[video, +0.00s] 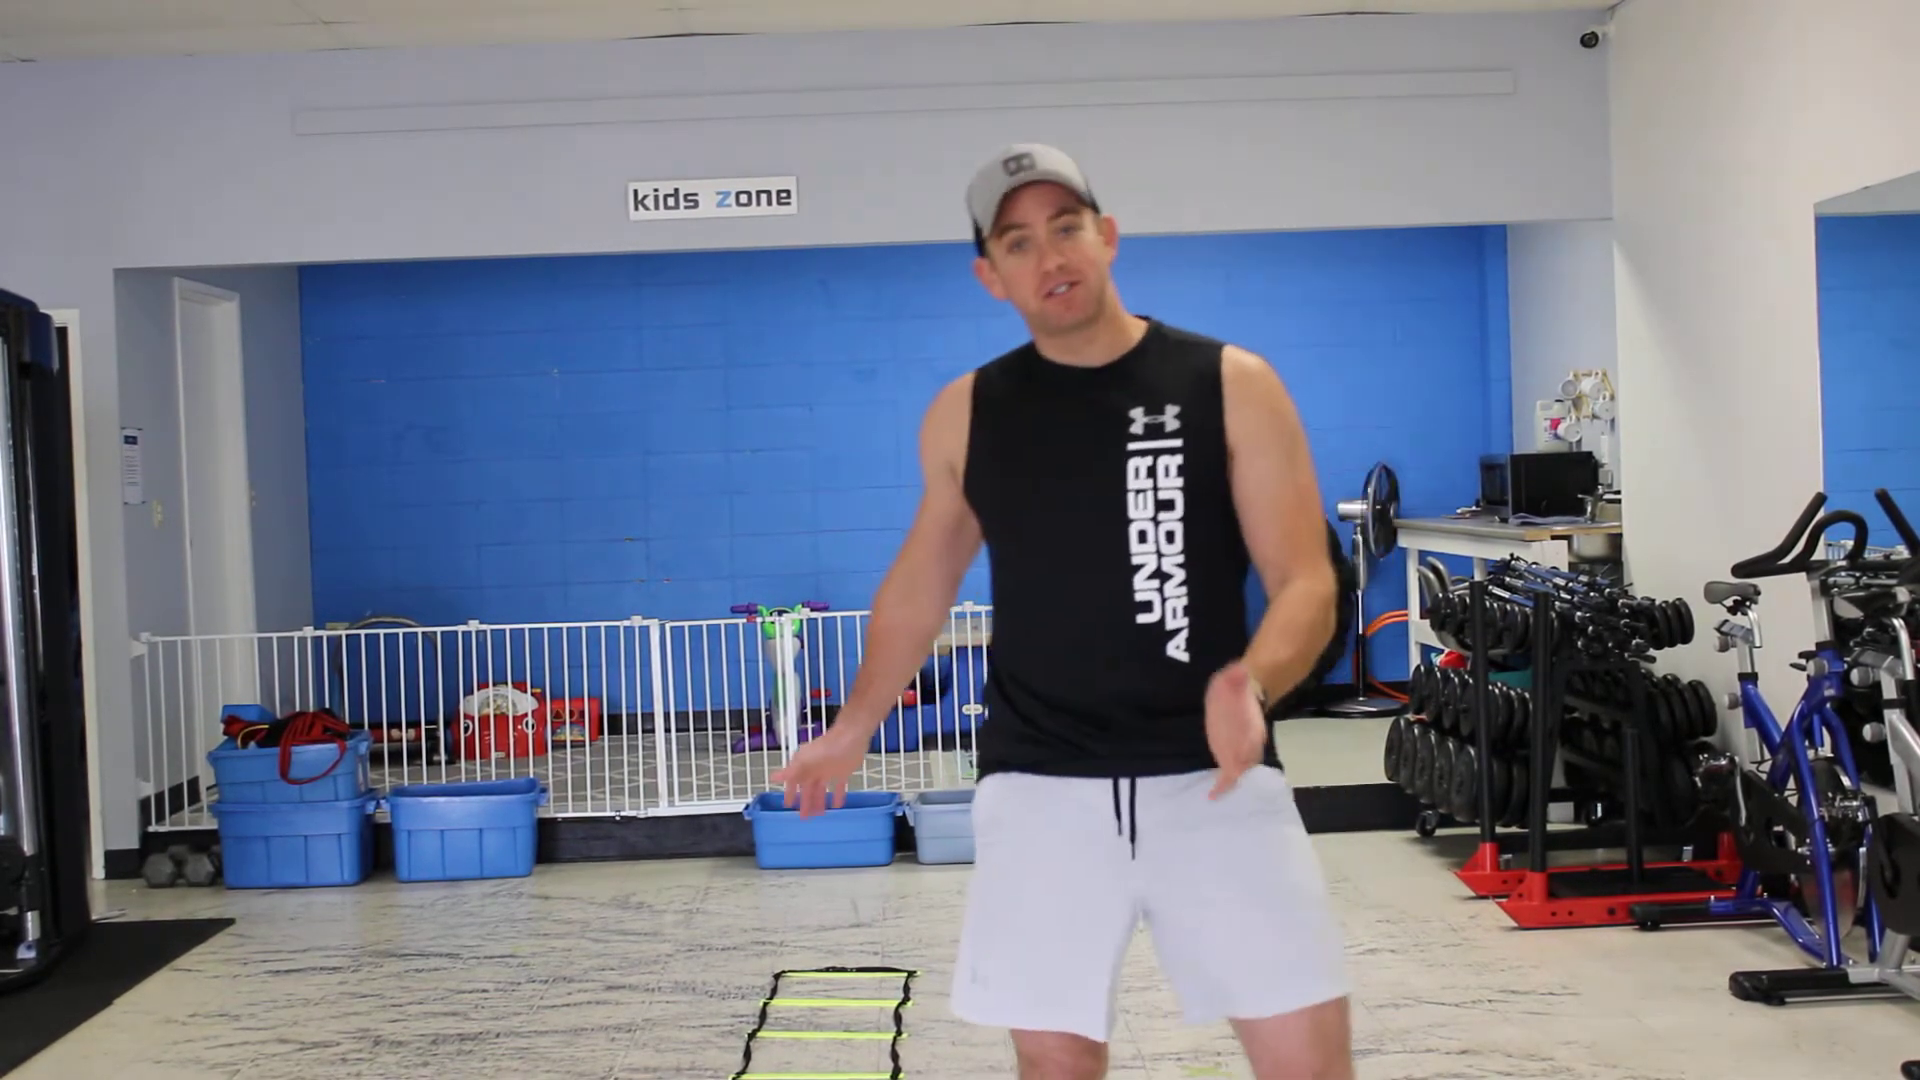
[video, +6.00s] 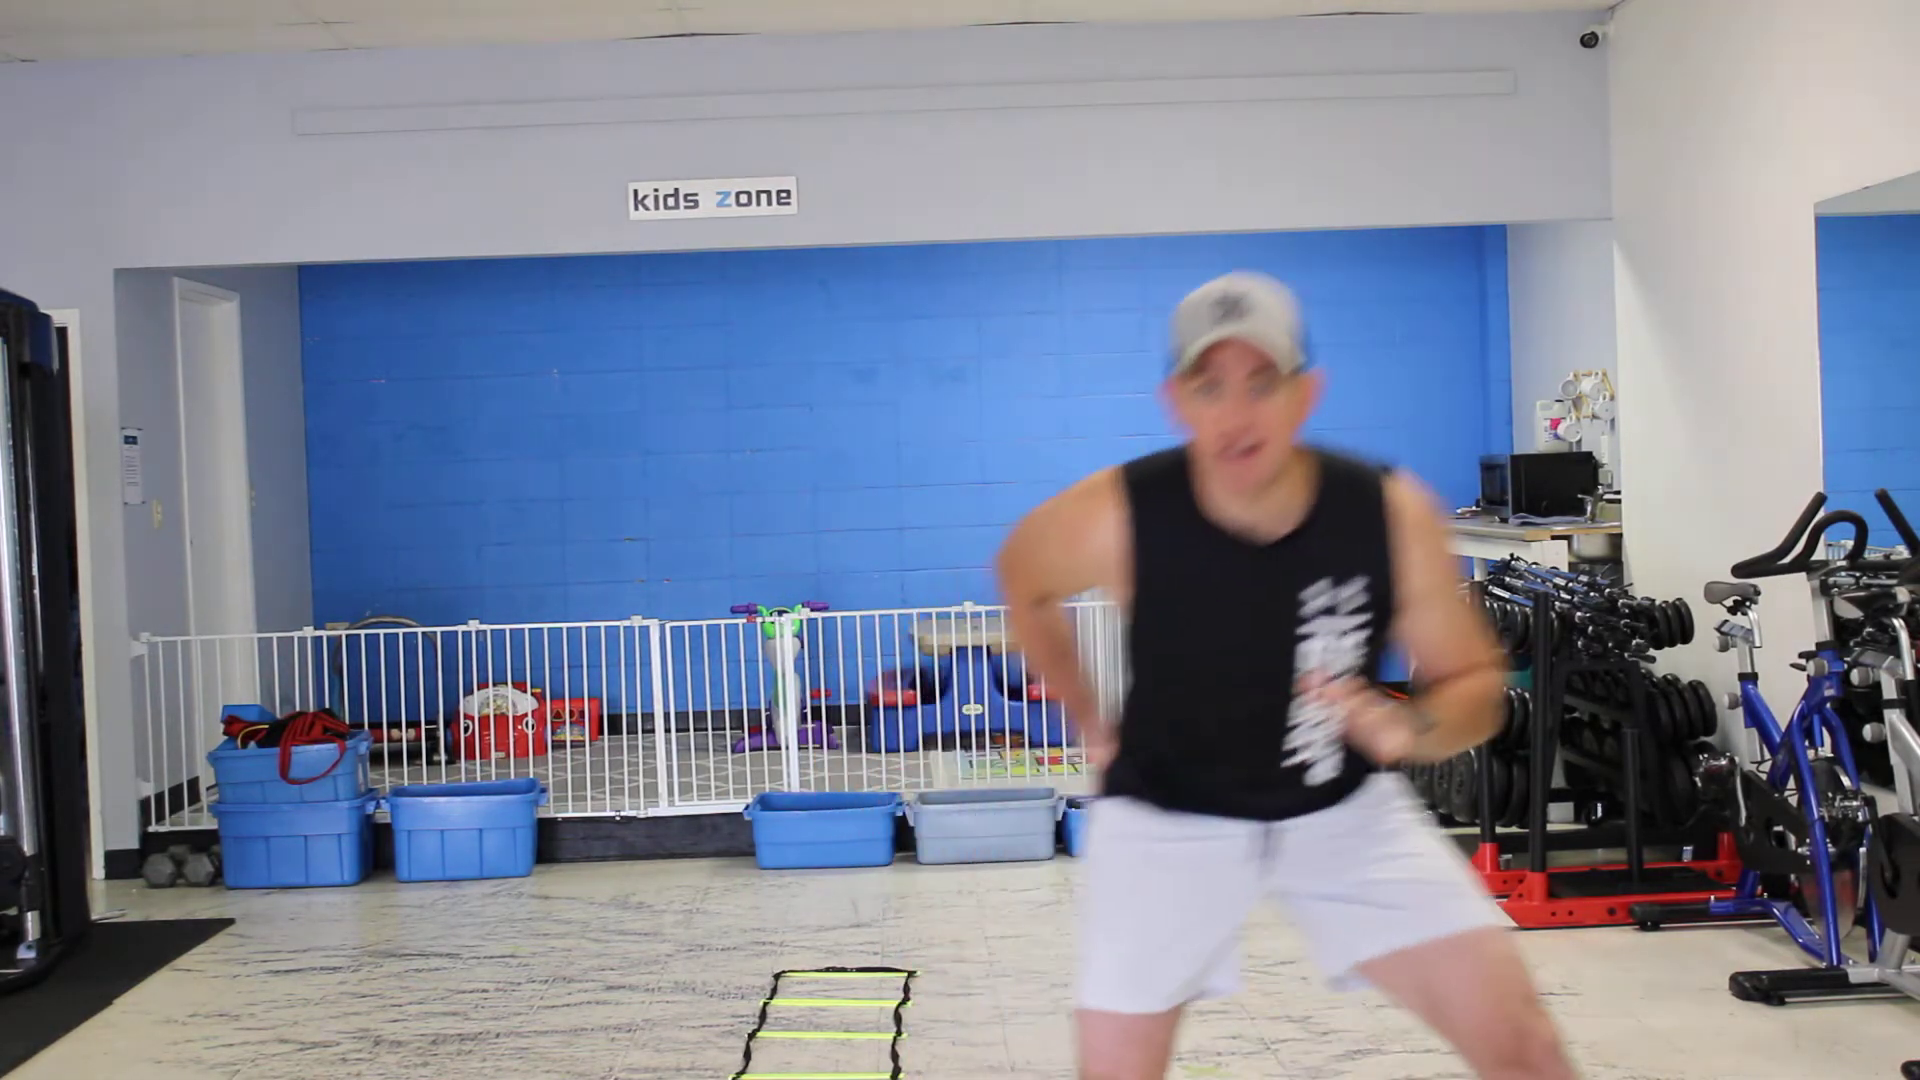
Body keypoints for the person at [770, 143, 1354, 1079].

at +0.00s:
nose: (1051, 254)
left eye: (1067, 227)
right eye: (1019, 241)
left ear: (1108, 235)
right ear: (990, 276)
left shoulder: (1231, 387)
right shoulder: (967, 414)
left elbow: (1307, 583)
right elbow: (920, 586)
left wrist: (1250, 677)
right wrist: (850, 730)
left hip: (1222, 789)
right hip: (1041, 799)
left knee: (1310, 1062)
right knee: (1055, 1065)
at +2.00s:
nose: (1120, 258)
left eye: (1145, 233)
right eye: (1095, 233)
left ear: (1181, 252)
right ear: (1058, 253)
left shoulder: (1264, 399)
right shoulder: (989, 407)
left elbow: (1333, 555)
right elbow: (913, 582)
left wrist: (1318, 608)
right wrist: (918, 648)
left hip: (1225, 778)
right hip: (1051, 785)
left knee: (1258, 1056)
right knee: (1052, 1060)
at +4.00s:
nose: (999, 438)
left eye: (1022, 409)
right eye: (973, 411)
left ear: (1062, 413)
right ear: (939, 419)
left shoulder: (1144, 532)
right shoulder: (878, 533)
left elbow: (1229, 743)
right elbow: (833, 647)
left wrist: (1142, 727)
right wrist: (876, 794)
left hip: (1142, 831)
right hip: (969, 838)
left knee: (1243, 1067)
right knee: (987, 1069)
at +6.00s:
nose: (1236, 414)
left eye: (1261, 384)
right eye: (1207, 387)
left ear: (1306, 394)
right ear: (1176, 404)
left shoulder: (1391, 513)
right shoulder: (1121, 514)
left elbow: (1478, 683)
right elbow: (1021, 574)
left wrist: (1416, 726)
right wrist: (1090, 721)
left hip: (1350, 817)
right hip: (1161, 828)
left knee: (1521, 1042)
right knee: (1116, 1069)